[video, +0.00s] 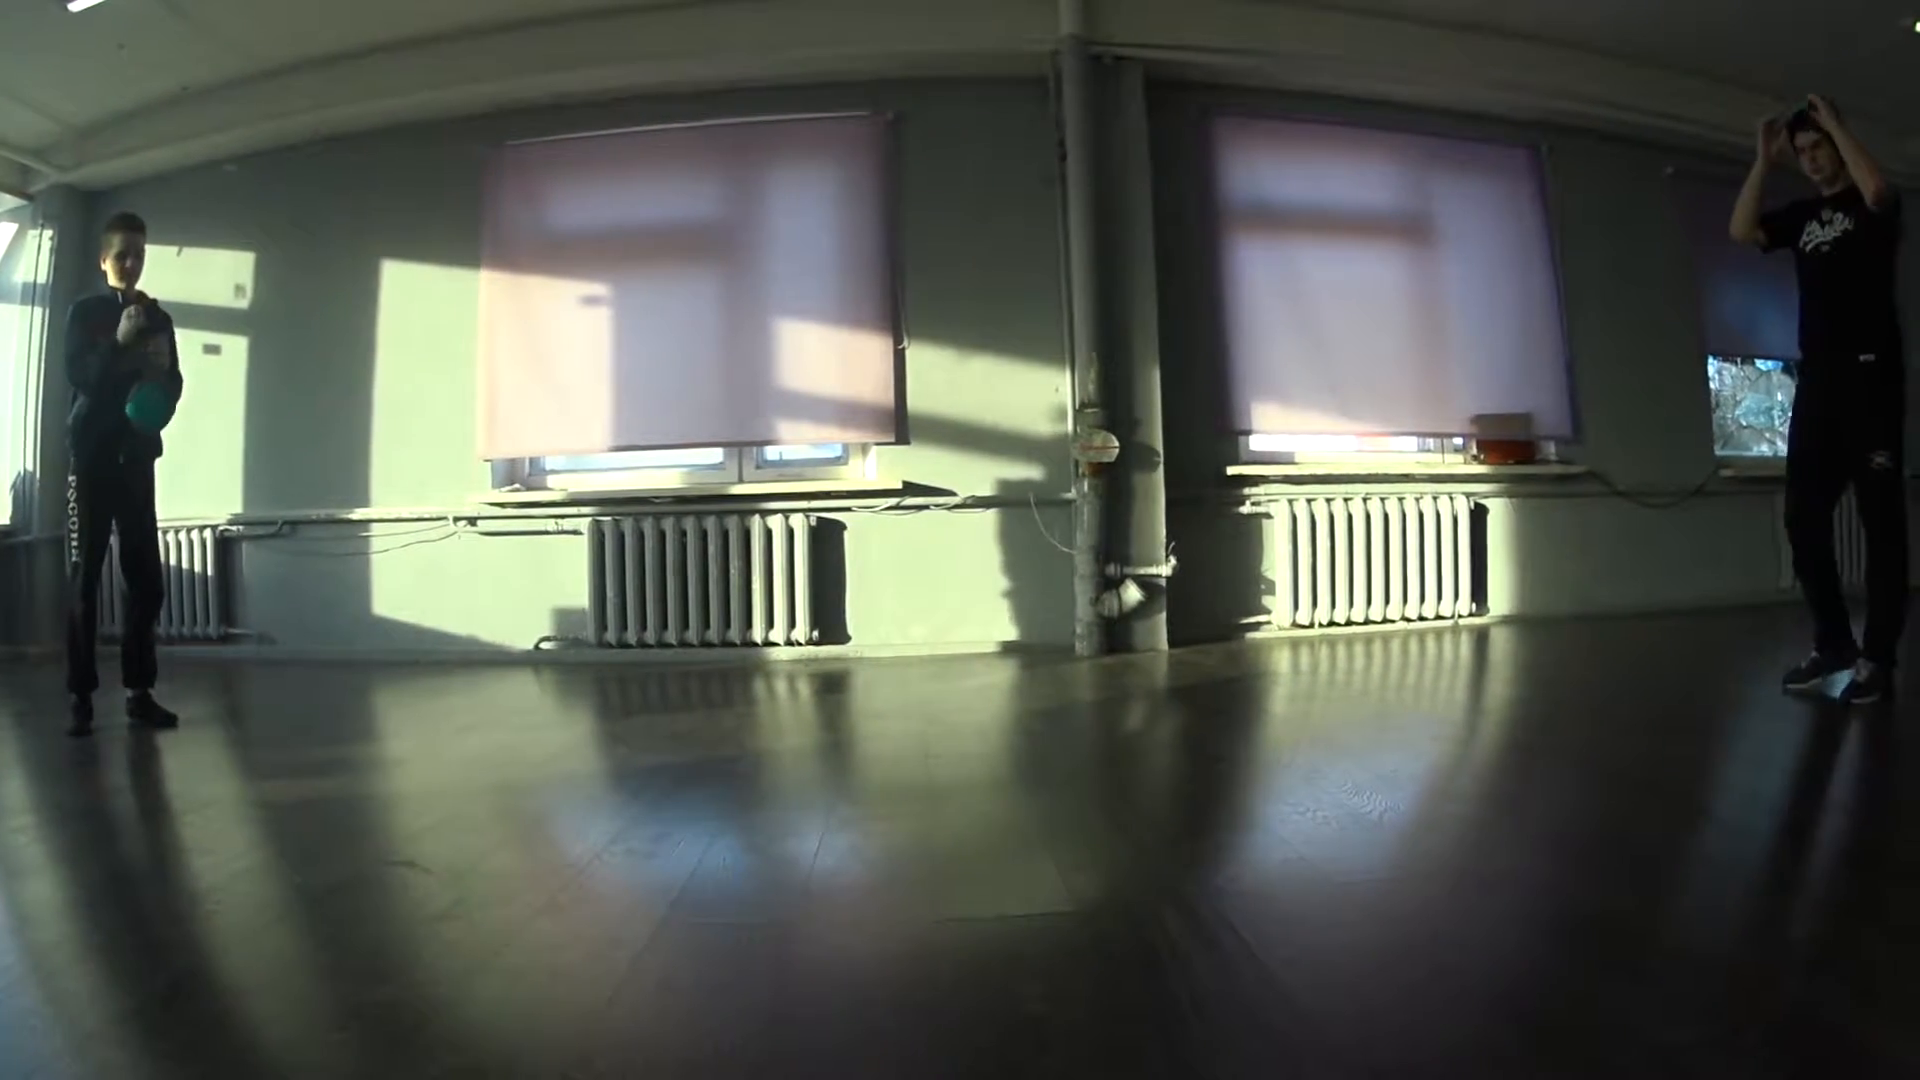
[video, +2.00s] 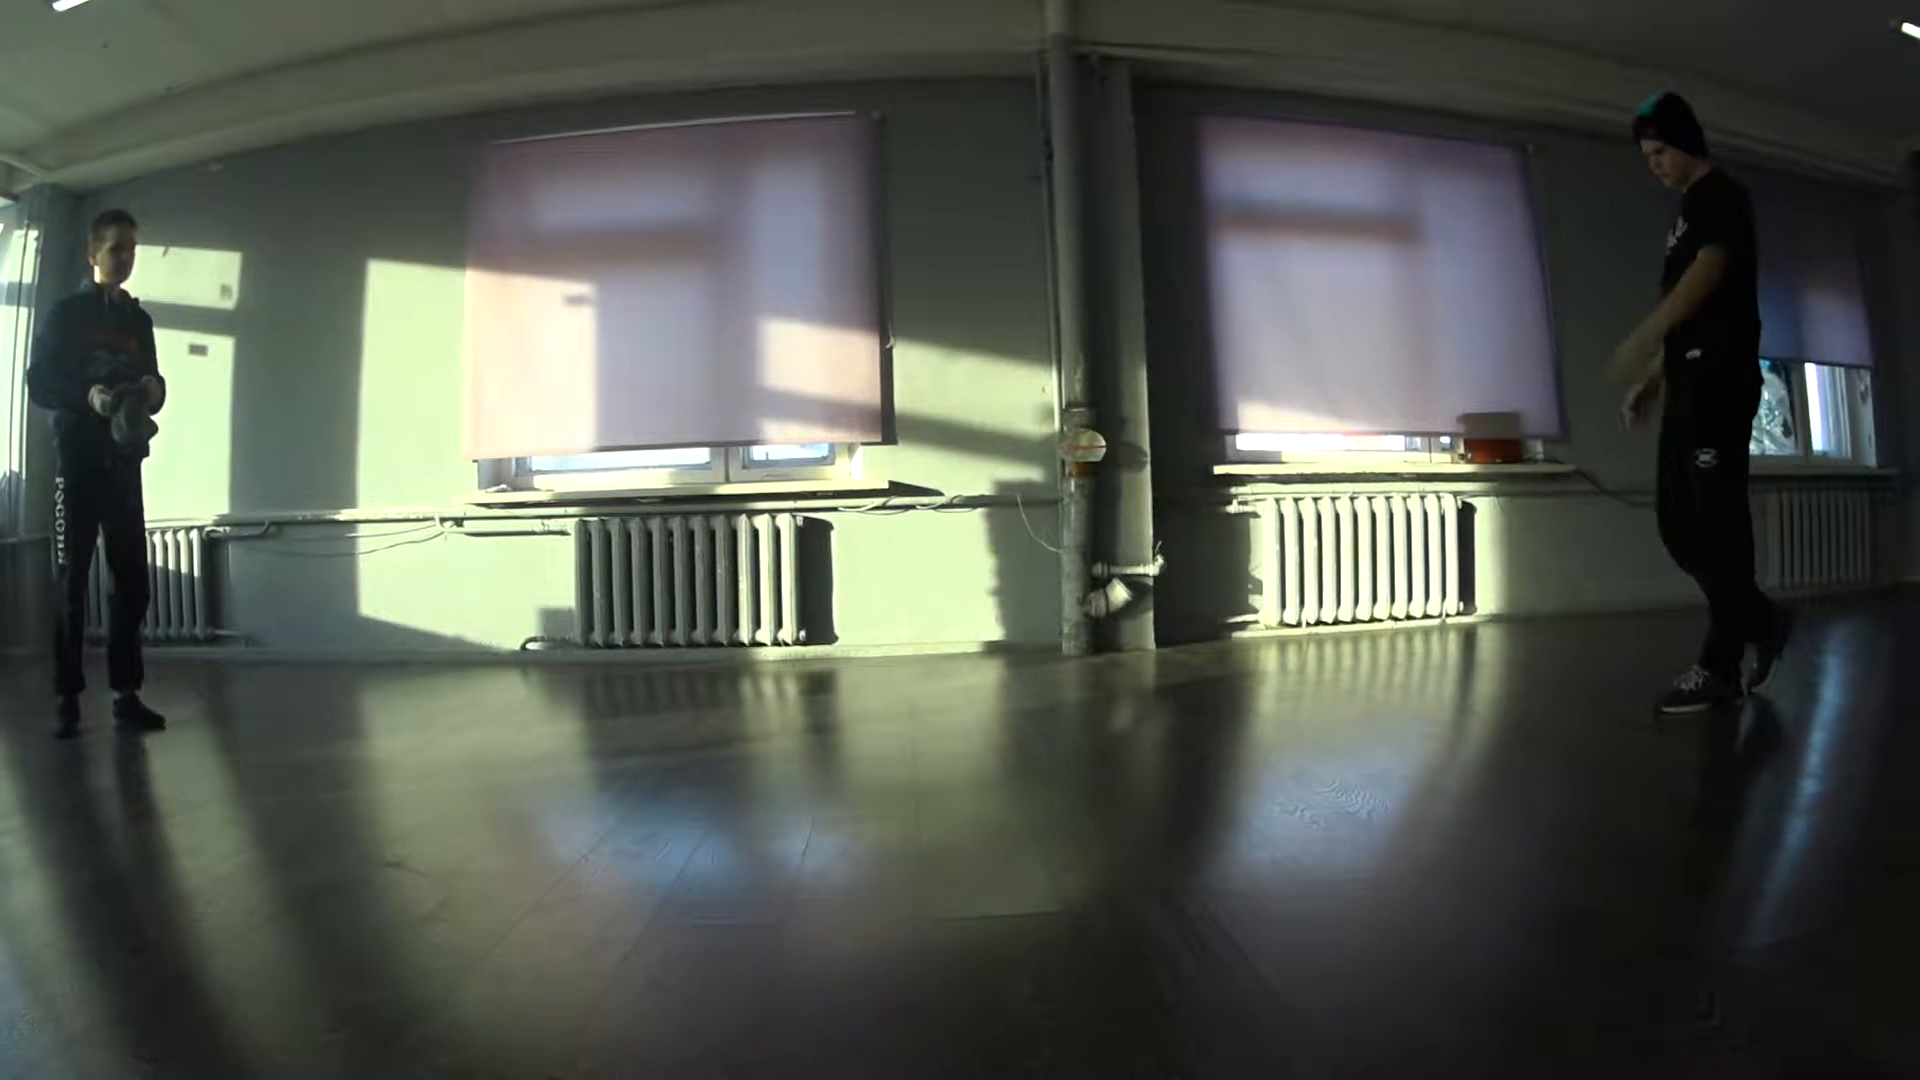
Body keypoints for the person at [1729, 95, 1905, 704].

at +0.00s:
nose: (1813, 159)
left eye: (1819, 147)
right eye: (1804, 152)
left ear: (1840, 148)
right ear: (1798, 161)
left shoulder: (1875, 203)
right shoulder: (1802, 215)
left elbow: (1875, 191)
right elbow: (1742, 231)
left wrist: (1834, 124)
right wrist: (1763, 161)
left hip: (1874, 380)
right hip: (1817, 383)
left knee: (1882, 519)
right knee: (1803, 517)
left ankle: (1878, 660)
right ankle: (1833, 649)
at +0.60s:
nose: (1758, 158)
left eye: (1768, 147)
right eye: (1753, 149)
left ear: (1792, 151)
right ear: (1754, 157)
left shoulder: (1825, 201)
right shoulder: (1767, 218)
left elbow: (1784, 189)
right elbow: (1720, 243)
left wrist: (1763, 132)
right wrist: (1735, 188)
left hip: (1827, 379)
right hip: (1780, 382)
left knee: (1841, 521)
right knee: (1789, 526)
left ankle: (1868, 662)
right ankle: (1814, 662)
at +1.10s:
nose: (1724, 179)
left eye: (1732, 168)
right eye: (1716, 172)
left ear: (1756, 164)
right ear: (1711, 176)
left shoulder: (1792, 204)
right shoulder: (1733, 227)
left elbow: (1784, 234)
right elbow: (1702, 290)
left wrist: (1716, 187)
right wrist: (1694, 237)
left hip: (1798, 378)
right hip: (1757, 381)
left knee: (1783, 518)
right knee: (1777, 519)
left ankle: (1811, 665)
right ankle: (1799, 661)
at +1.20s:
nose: (1717, 181)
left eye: (1724, 167)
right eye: (1708, 173)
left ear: (1748, 161)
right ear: (1704, 178)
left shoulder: (1782, 203)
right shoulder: (1733, 232)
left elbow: (1804, 251)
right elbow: (1723, 308)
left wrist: (1721, 262)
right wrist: (1694, 284)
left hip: (1794, 378)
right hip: (1755, 382)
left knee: (1777, 517)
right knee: (1782, 518)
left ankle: (1767, 661)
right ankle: (1813, 661)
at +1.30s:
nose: (1706, 184)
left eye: (1712, 170)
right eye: (1697, 176)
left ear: (1736, 162)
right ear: (1696, 178)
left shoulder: (1773, 208)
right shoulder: (1728, 232)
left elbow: (1808, 274)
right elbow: (1737, 321)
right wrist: (1689, 357)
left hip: (1787, 386)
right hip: (1752, 389)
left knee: (1771, 524)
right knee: (1782, 524)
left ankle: (1734, 662)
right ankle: (1815, 663)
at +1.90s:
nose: (1658, 170)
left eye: (1663, 156)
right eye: (1651, 161)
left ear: (1690, 148)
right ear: (1652, 163)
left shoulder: (1726, 199)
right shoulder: (1694, 209)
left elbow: (1728, 286)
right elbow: (1693, 306)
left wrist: (1702, 371)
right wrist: (1674, 382)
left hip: (1727, 384)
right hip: (1701, 385)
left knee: (1722, 526)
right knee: (1704, 524)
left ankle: (1721, 669)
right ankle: (1784, 632)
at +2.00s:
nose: (1653, 165)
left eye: (1658, 152)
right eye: (1648, 156)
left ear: (1685, 145)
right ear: (1661, 153)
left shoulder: (1720, 196)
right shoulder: (1693, 206)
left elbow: (1706, 276)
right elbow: (1692, 307)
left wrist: (1643, 338)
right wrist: (1658, 380)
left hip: (1723, 377)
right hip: (1692, 378)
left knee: (1717, 520)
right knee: (1680, 521)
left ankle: (1720, 669)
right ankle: (1763, 624)